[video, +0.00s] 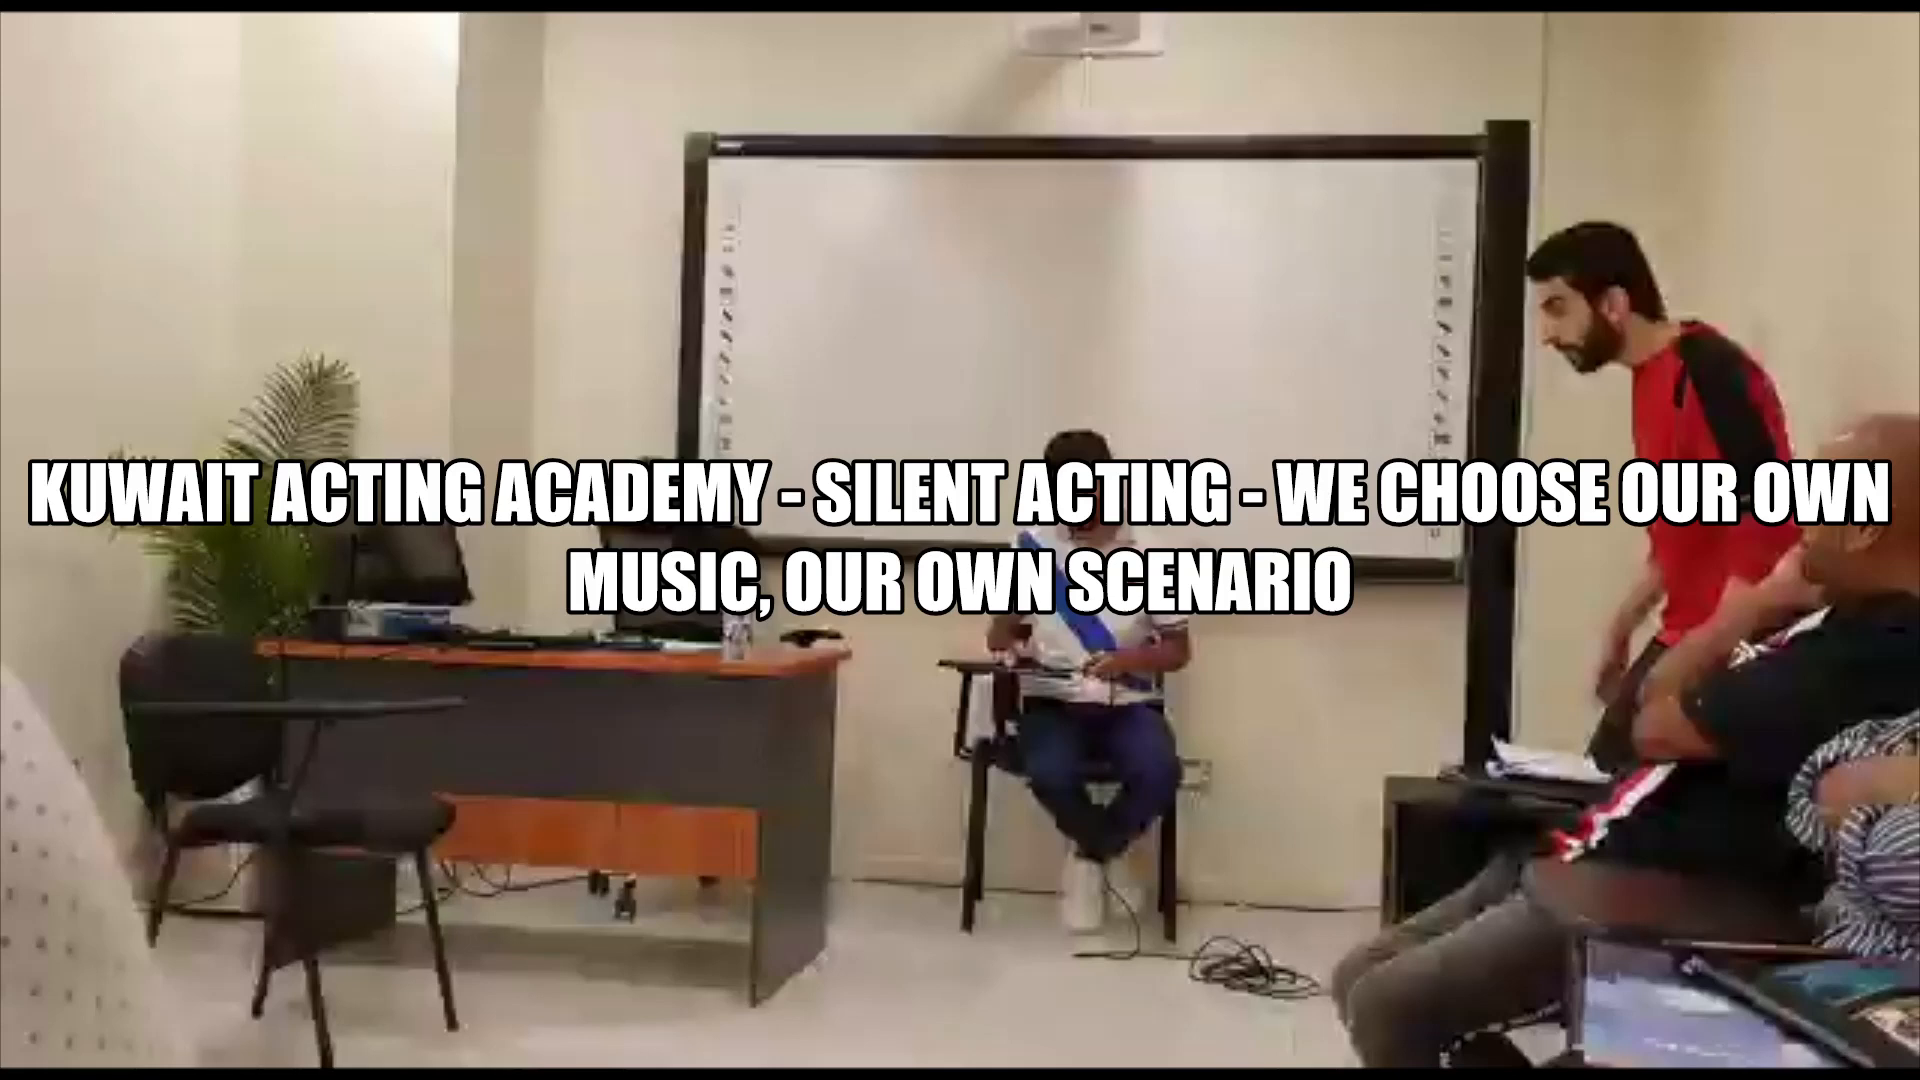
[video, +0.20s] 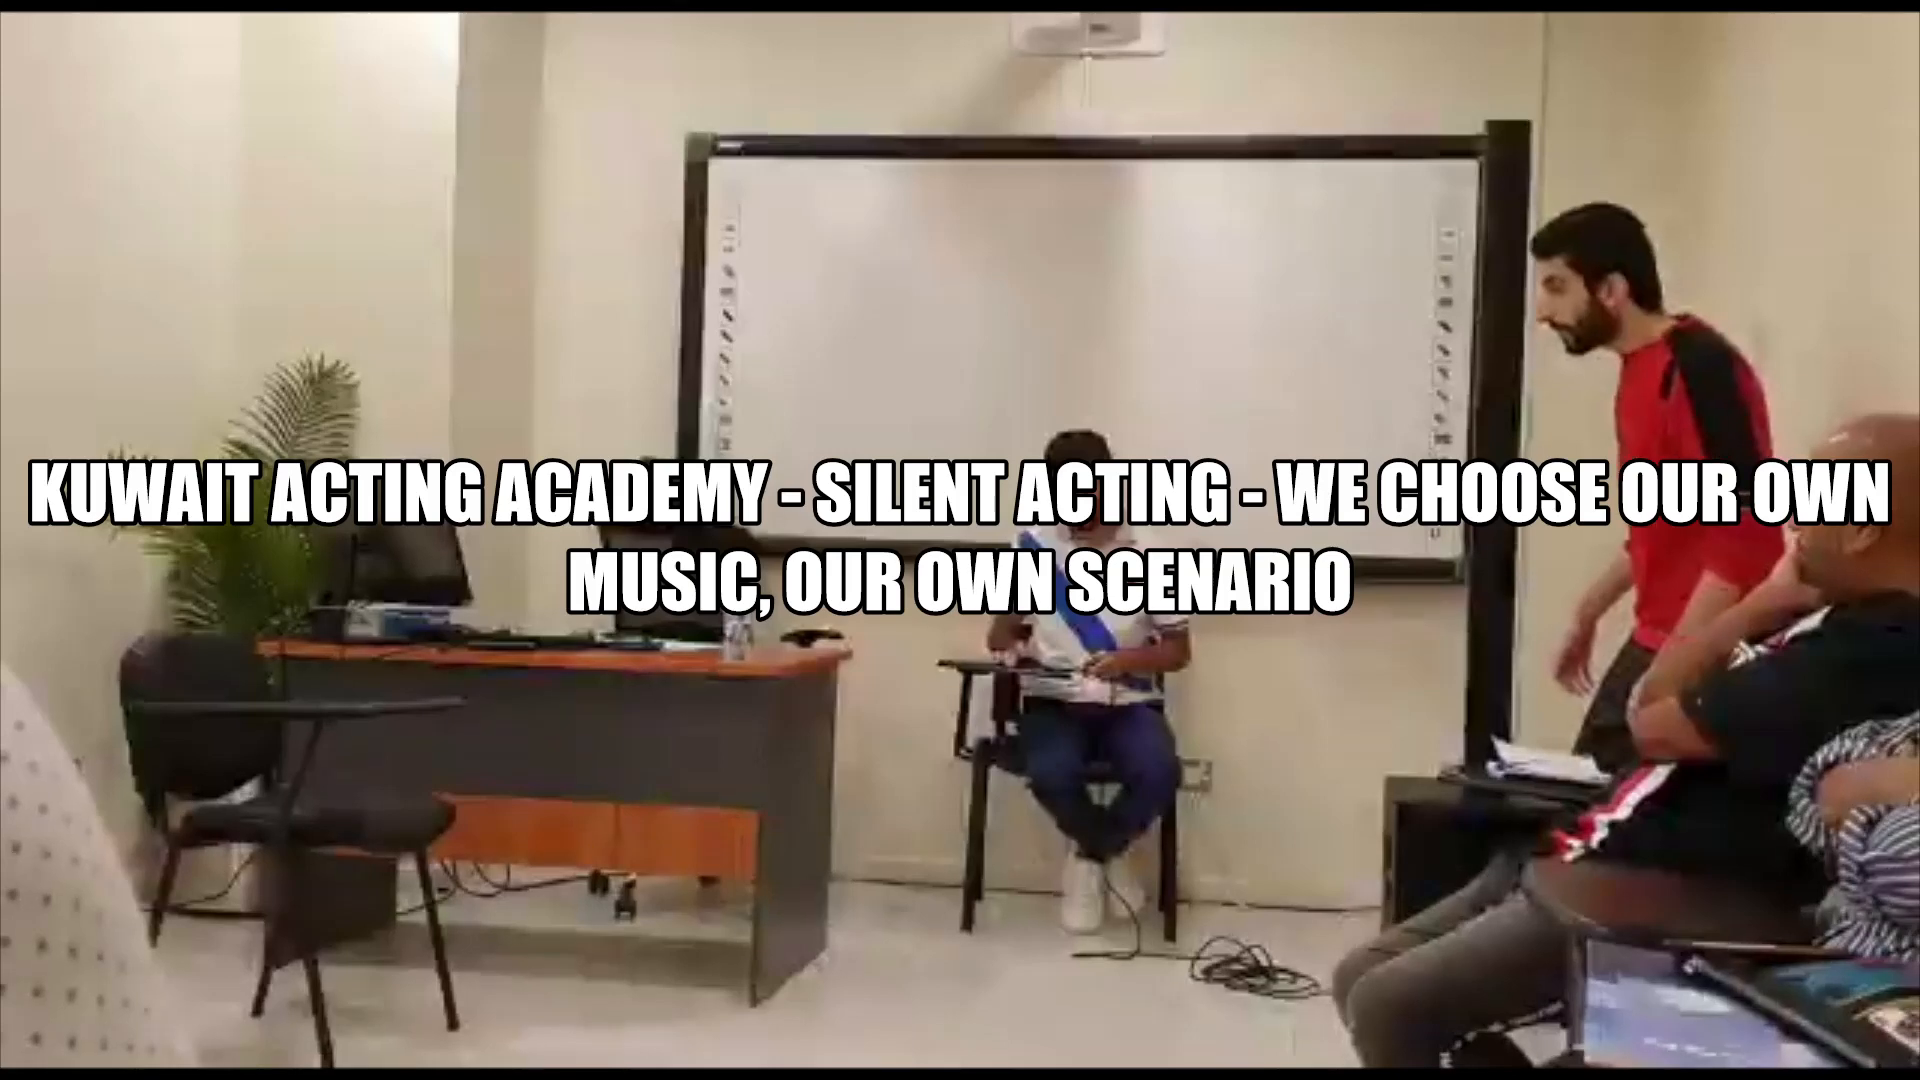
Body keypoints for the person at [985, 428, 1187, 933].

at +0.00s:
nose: (1079, 502)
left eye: (1088, 487)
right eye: (1068, 488)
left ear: (1110, 485)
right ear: (1051, 490)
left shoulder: (1144, 551)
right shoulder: (1033, 548)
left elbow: (1178, 650)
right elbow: (997, 639)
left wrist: (1124, 661)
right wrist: (1012, 628)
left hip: (1128, 705)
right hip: (1054, 703)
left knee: (1159, 773)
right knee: (1050, 777)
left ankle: (1087, 858)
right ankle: (1112, 855)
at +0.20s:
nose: (1080, 503)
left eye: (1088, 488)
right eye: (1068, 489)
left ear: (1110, 485)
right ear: (1051, 491)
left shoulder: (1143, 551)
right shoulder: (1034, 548)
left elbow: (1178, 651)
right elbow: (997, 640)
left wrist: (1124, 661)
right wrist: (1012, 625)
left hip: (1129, 704)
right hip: (1054, 703)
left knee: (1158, 773)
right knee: (1051, 777)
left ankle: (1087, 860)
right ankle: (1110, 852)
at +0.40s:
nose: (1082, 502)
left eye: (1091, 487)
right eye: (1070, 489)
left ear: (1111, 485)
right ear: (1052, 490)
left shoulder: (1144, 551)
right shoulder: (1033, 549)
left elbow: (1179, 651)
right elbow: (998, 636)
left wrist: (1125, 662)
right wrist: (1010, 637)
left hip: (1129, 706)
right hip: (1053, 705)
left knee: (1159, 775)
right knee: (1050, 778)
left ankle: (1087, 862)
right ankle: (1110, 855)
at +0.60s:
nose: (1083, 502)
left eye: (1091, 488)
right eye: (1070, 489)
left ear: (1111, 485)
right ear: (1052, 491)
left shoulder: (1144, 551)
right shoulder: (1034, 549)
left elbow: (1179, 652)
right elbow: (997, 640)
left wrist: (1125, 663)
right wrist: (1010, 632)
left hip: (1130, 705)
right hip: (1054, 704)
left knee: (1159, 775)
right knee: (1050, 779)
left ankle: (1088, 864)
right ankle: (1108, 855)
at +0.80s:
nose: (1082, 503)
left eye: (1090, 488)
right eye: (1070, 490)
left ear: (1111, 485)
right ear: (1052, 491)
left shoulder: (1145, 549)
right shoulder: (1034, 548)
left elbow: (1179, 652)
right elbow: (998, 640)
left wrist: (1125, 663)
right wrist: (1010, 634)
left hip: (1130, 705)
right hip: (1053, 704)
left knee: (1160, 776)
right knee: (1051, 778)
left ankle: (1088, 866)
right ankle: (1109, 856)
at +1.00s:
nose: (1082, 505)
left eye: (1090, 490)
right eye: (1070, 492)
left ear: (1111, 486)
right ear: (1053, 493)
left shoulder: (1145, 551)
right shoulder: (1035, 549)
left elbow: (1179, 653)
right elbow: (999, 639)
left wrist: (1125, 664)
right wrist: (1009, 637)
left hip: (1130, 705)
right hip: (1053, 704)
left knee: (1160, 776)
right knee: (1051, 780)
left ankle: (1088, 866)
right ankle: (1108, 857)